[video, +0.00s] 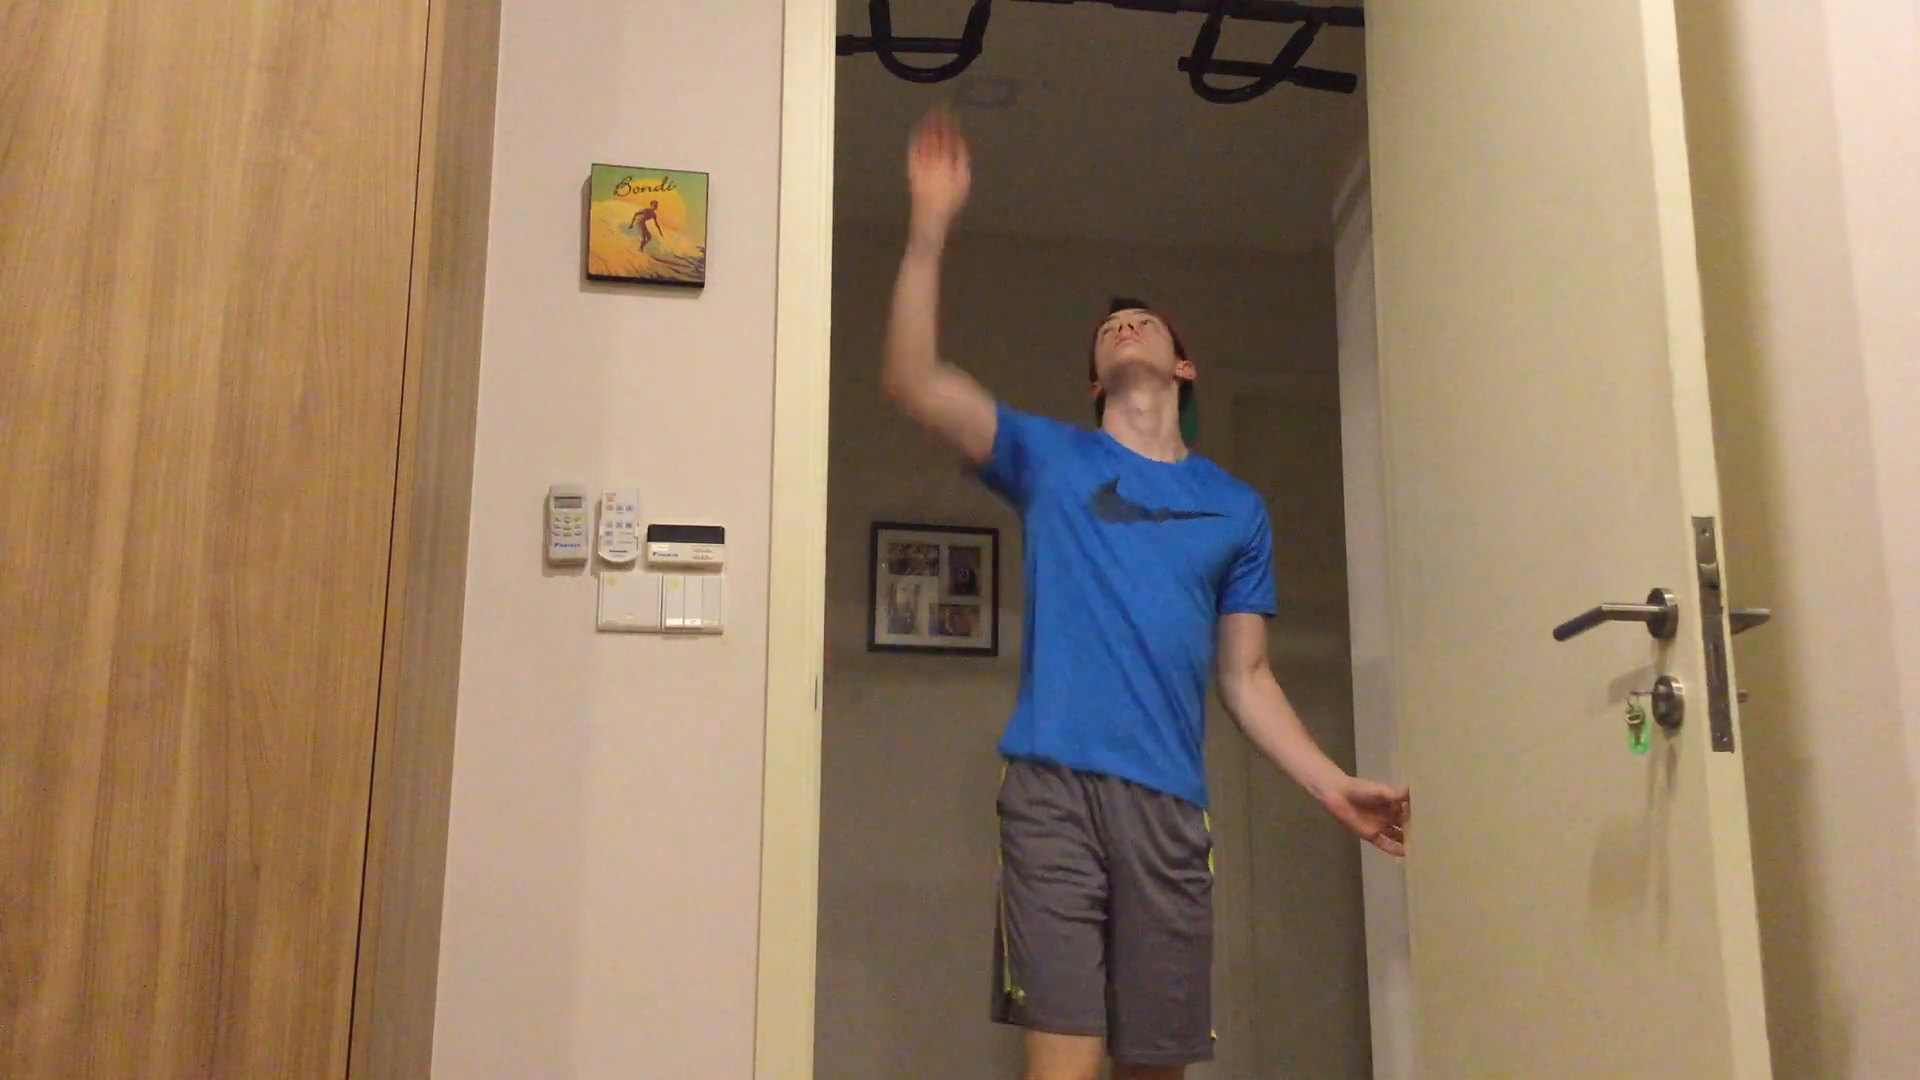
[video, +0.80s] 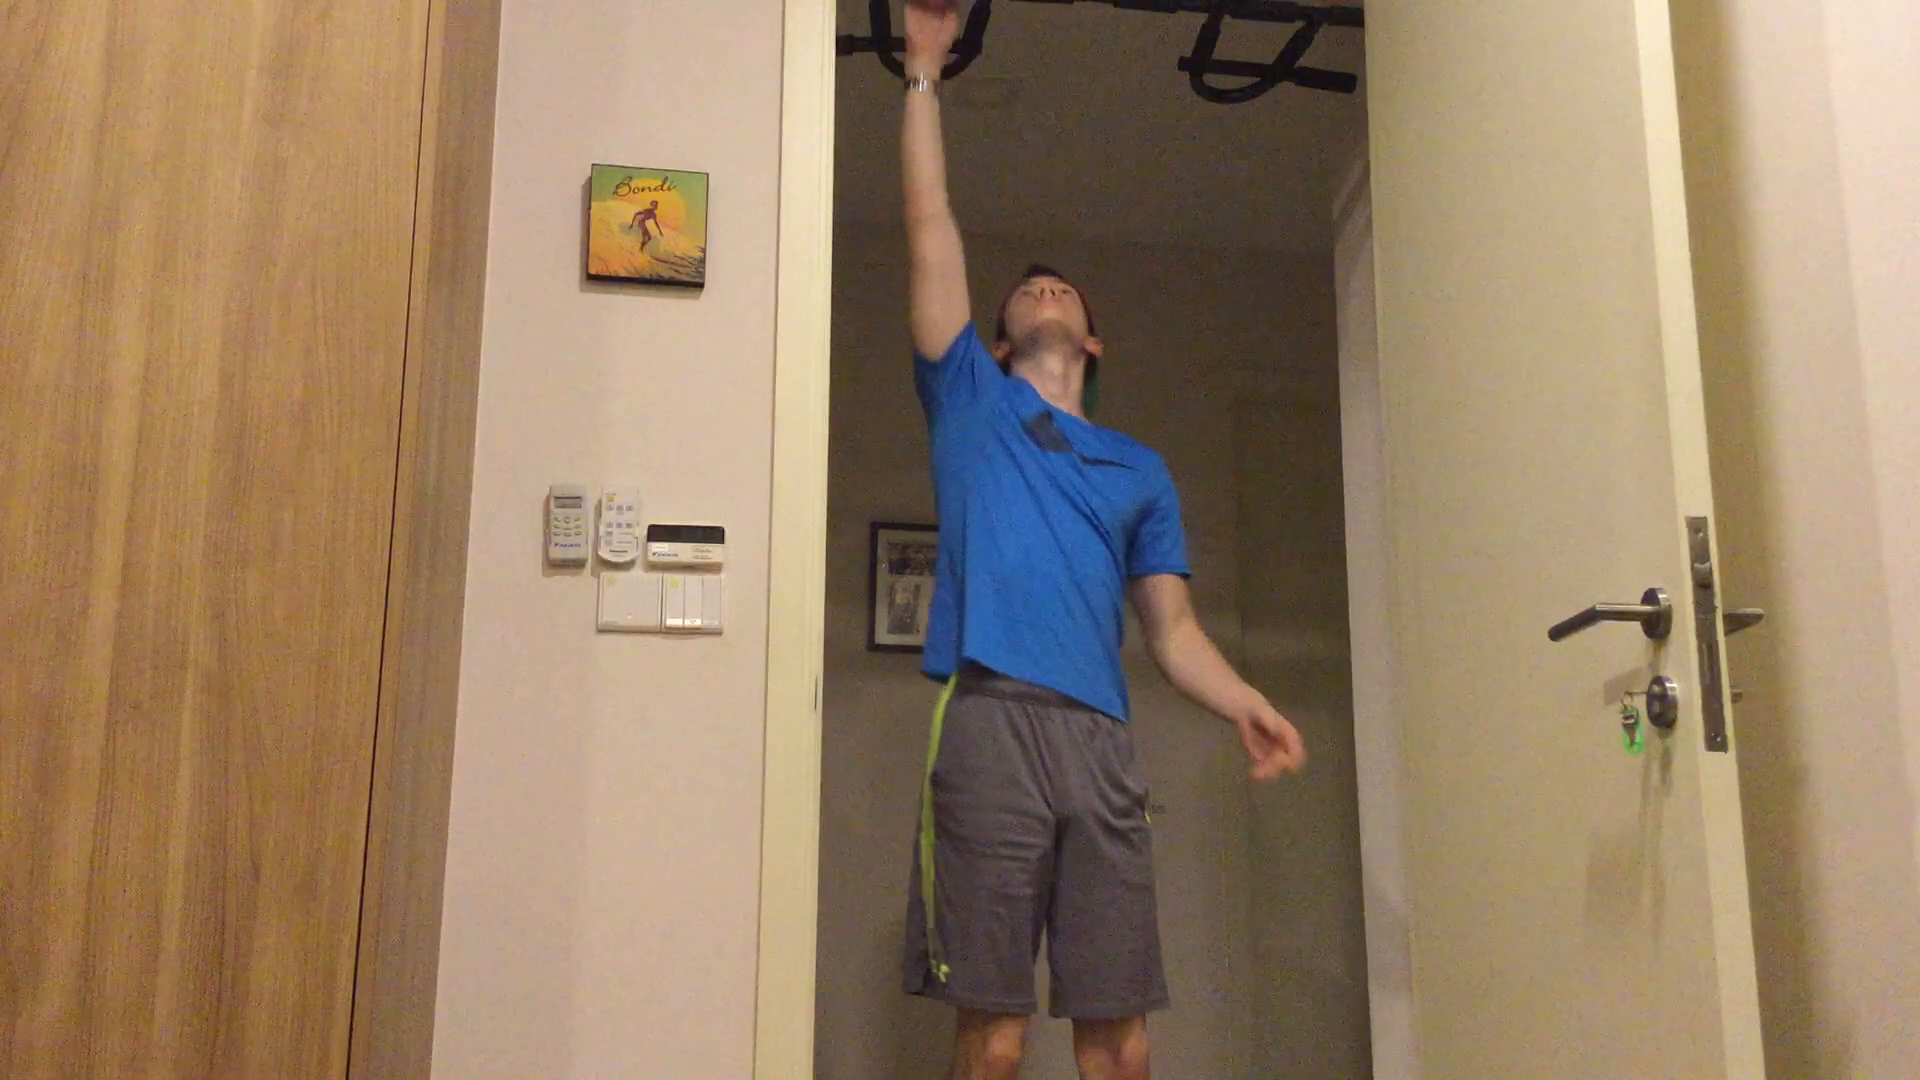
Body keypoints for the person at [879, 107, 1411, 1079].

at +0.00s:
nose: (1118, 324)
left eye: (1140, 321)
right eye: (1106, 327)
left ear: (1184, 371)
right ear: (1093, 381)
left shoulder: (1235, 508)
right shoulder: (1049, 452)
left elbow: (1247, 676)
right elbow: (913, 379)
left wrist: (1337, 788)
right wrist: (927, 226)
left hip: (1168, 801)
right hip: (1050, 783)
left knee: (1158, 1061)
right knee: (1064, 1048)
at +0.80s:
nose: (1041, 289)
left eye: (1059, 288)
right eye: (1027, 291)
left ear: (1093, 343)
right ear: (1002, 339)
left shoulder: (1139, 468)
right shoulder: (968, 392)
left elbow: (1171, 626)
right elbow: (930, 222)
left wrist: (1245, 705)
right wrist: (924, 74)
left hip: (1102, 742)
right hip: (987, 728)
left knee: (1119, 1043)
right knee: (996, 1040)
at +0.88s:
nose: (1038, 281)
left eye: (1054, 281)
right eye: (1024, 283)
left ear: (1086, 338)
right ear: (995, 329)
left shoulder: (1126, 463)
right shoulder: (964, 379)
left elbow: (1155, 622)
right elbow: (936, 203)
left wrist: (1227, 690)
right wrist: (925, 56)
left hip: (1096, 734)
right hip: (984, 718)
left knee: (1118, 1034)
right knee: (988, 1037)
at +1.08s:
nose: (1037, 273)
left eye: (1051, 273)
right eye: (1021, 273)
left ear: (1076, 327)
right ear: (988, 315)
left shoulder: (1110, 461)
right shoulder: (955, 362)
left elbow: (1132, 618)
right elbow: (933, 184)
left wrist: (1185, 643)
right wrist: (928, 39)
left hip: (1081, 720)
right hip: (977, 707)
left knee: (1112, 1014)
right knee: (984, 1012)